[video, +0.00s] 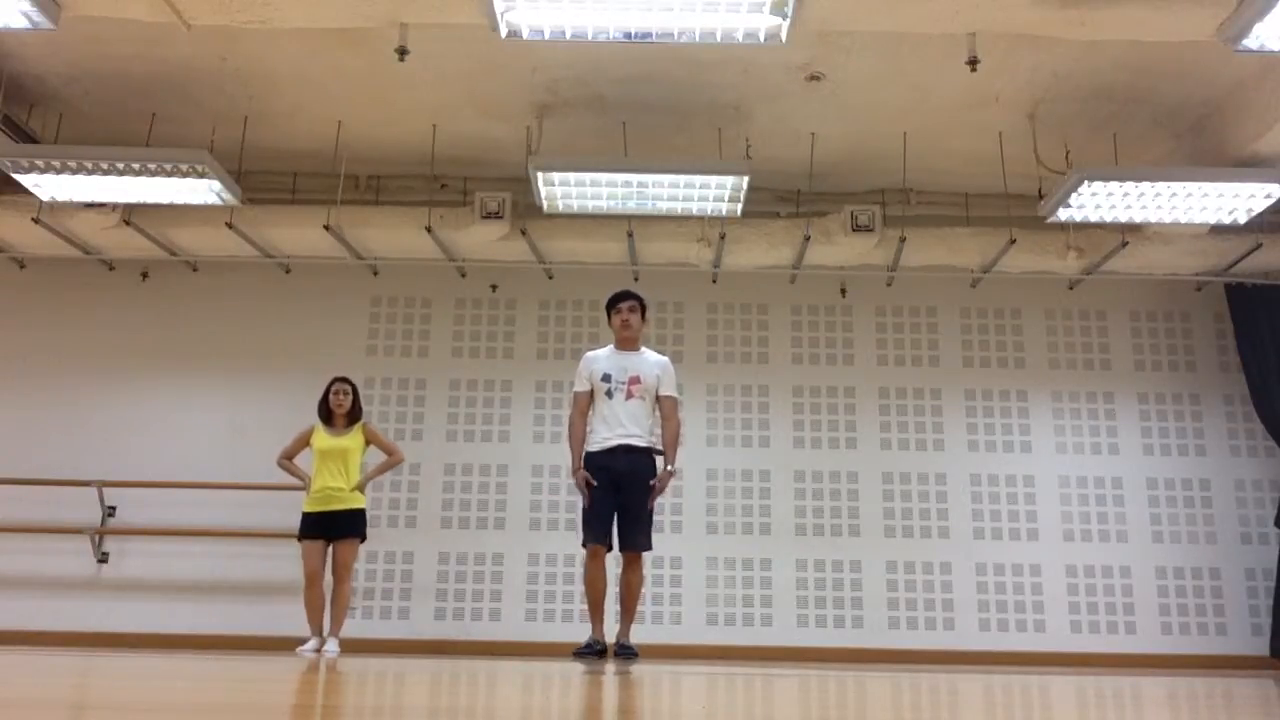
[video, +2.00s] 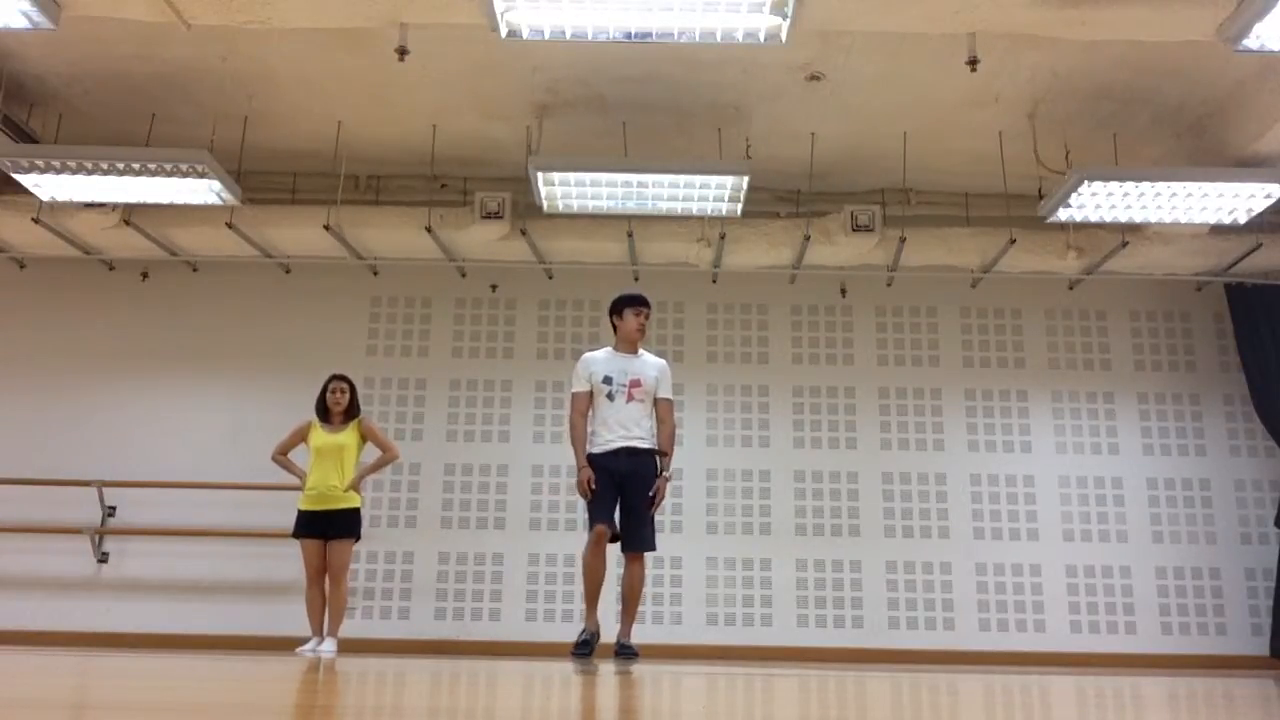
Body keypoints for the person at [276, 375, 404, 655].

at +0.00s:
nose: (340, 398)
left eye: (346, 394)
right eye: (335, 393)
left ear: (353, 400)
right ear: (327, 398)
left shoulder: (363, 430)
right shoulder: (315, 431)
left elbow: (398, 456)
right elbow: (283, 459)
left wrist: (366, 478)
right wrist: (305, 478)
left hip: (349, 507)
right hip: (316, 506)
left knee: (342, 575)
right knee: (312, 575)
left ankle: (333, 637)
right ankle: (316, 636)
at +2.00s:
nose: (337, 396)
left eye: (343, 392)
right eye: (332, 391)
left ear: (351, 397)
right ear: (324, 396)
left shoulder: (360, 426)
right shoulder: (311, 427)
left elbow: (393, 453)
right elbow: (277, 454)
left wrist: (361, 476)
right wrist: (302, 475)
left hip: (344, 507)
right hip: (311, 506)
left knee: (337, 577)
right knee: (313, 576)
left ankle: (332, 637)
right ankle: (316, 636)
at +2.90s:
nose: (336, 395)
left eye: (342, 391)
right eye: (331, 391)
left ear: (351, 397)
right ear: (324, 396)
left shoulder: (360, 426)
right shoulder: (312, 427)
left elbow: (392, 454)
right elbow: (279, 454)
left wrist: (359, 477)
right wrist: (301, 476)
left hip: (343, 507)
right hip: (310, 506)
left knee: (338, 577)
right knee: (313, 578)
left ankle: (331, 638)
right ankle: (315, 637)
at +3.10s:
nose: (336, 395)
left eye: (342, 391)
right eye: (331, 391)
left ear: (351, 397)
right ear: (324, 396)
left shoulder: (360, 426)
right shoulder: (312, 426)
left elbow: (392, 454)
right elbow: (278, 453)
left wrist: (359, 476)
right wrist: (301, 476)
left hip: (342, 506)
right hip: (310, 506)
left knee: (335, 578)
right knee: (312, 578)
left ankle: (329, 638)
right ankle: (315, 636)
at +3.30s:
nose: (336, 396)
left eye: (342, 392)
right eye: (332, 392)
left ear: (352, 397)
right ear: (325, 397)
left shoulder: (361, 427)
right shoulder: (313, 427)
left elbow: (391, 451)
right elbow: (280, 454)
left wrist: (357, 446)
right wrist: (302, 472)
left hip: (343, 507)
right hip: (310, 506)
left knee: (335, 577)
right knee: (309, 578)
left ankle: (329, 638)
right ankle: (313, 637)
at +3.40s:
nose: (337, 396)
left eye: (343, 392)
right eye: (333, 391)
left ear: (352, 398)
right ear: (325, 397)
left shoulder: (360, 429)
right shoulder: (314, 426)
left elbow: (386, 446)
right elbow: (282, 453)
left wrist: (360, 418)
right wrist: (303, 472)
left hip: (344, 508)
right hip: (310, 506)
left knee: (336, 578)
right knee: (308, 578)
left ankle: (329, 637)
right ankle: (309, 636)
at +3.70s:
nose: (338, 397)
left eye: (343, 392)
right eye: (333, 392)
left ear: (351, 398)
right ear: (325, 396)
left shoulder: (357, 426)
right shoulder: (312, 426)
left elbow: (375, 429)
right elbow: (279, 453)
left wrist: (361, 402)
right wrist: (302, 473)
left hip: (342, 506)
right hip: (310, 505)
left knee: (333, 576)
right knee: (308, 575)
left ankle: (327, 638)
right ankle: (309, 636)